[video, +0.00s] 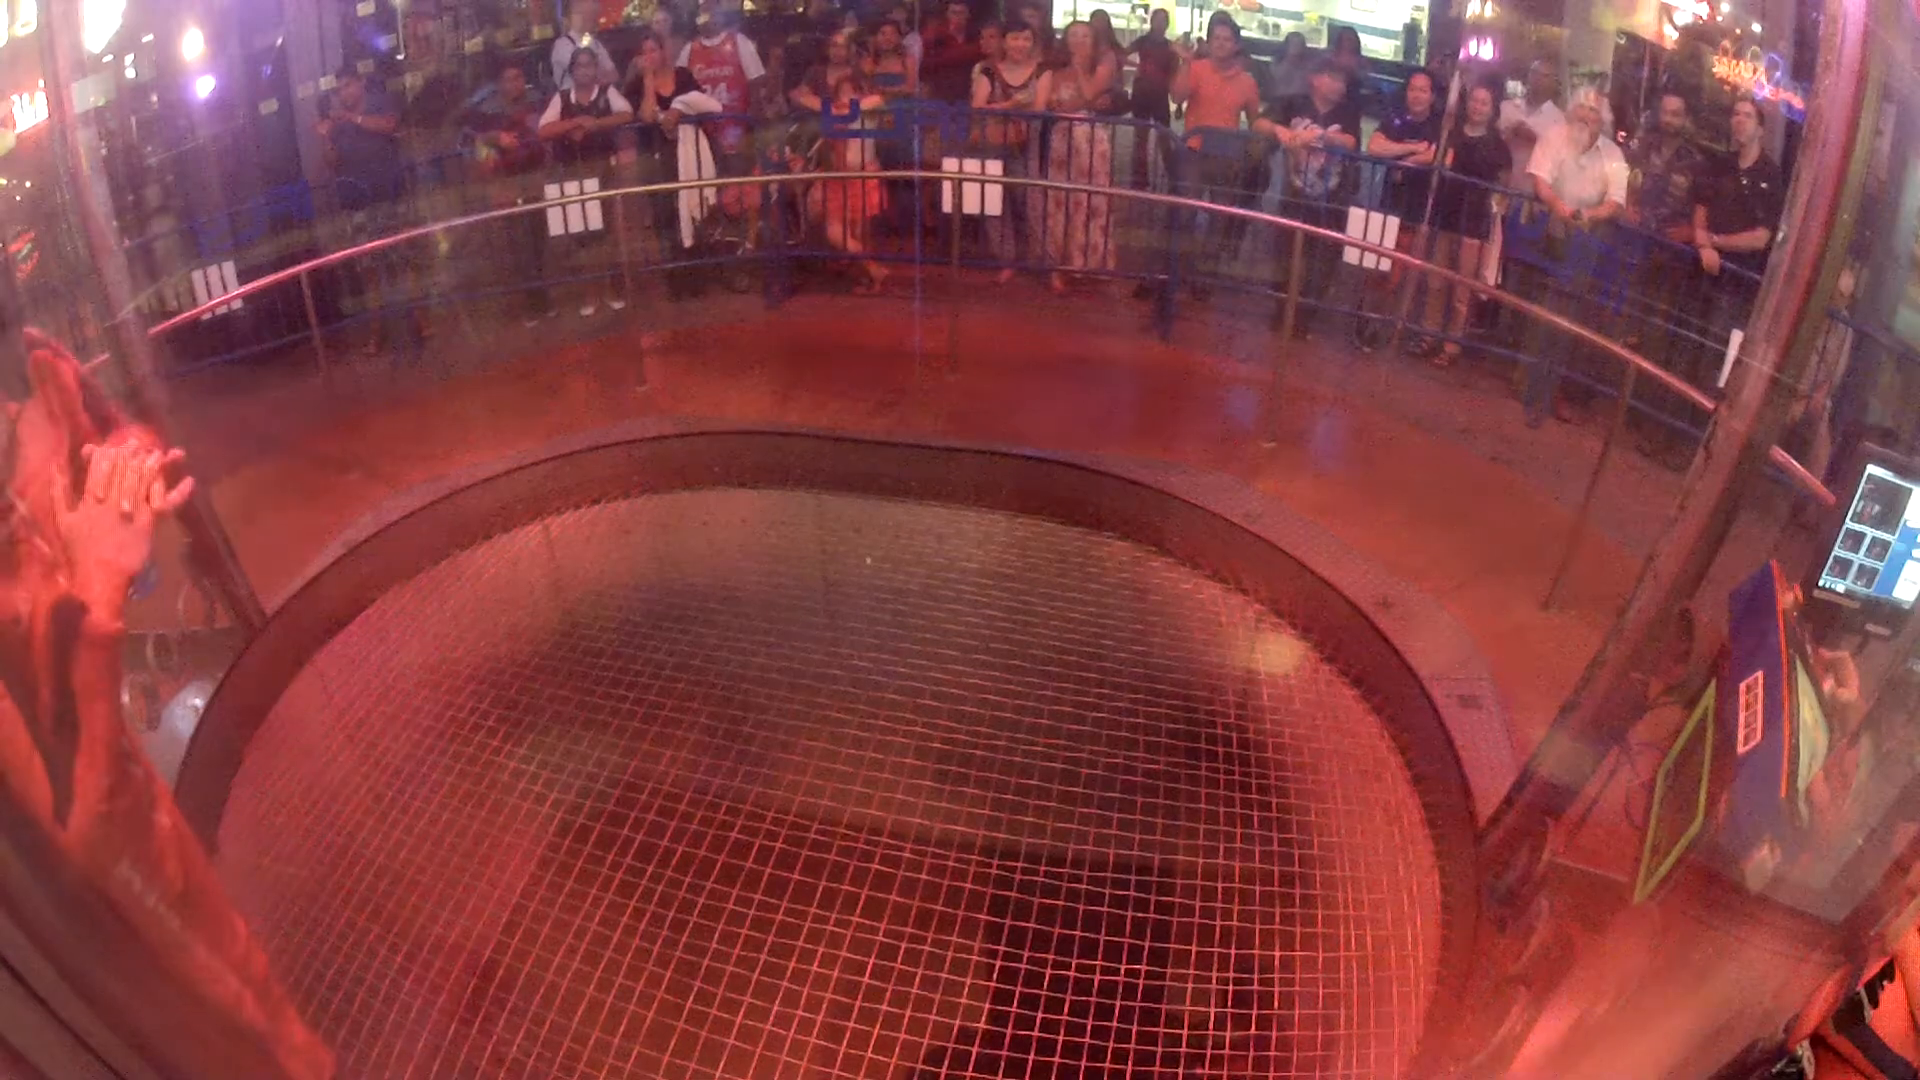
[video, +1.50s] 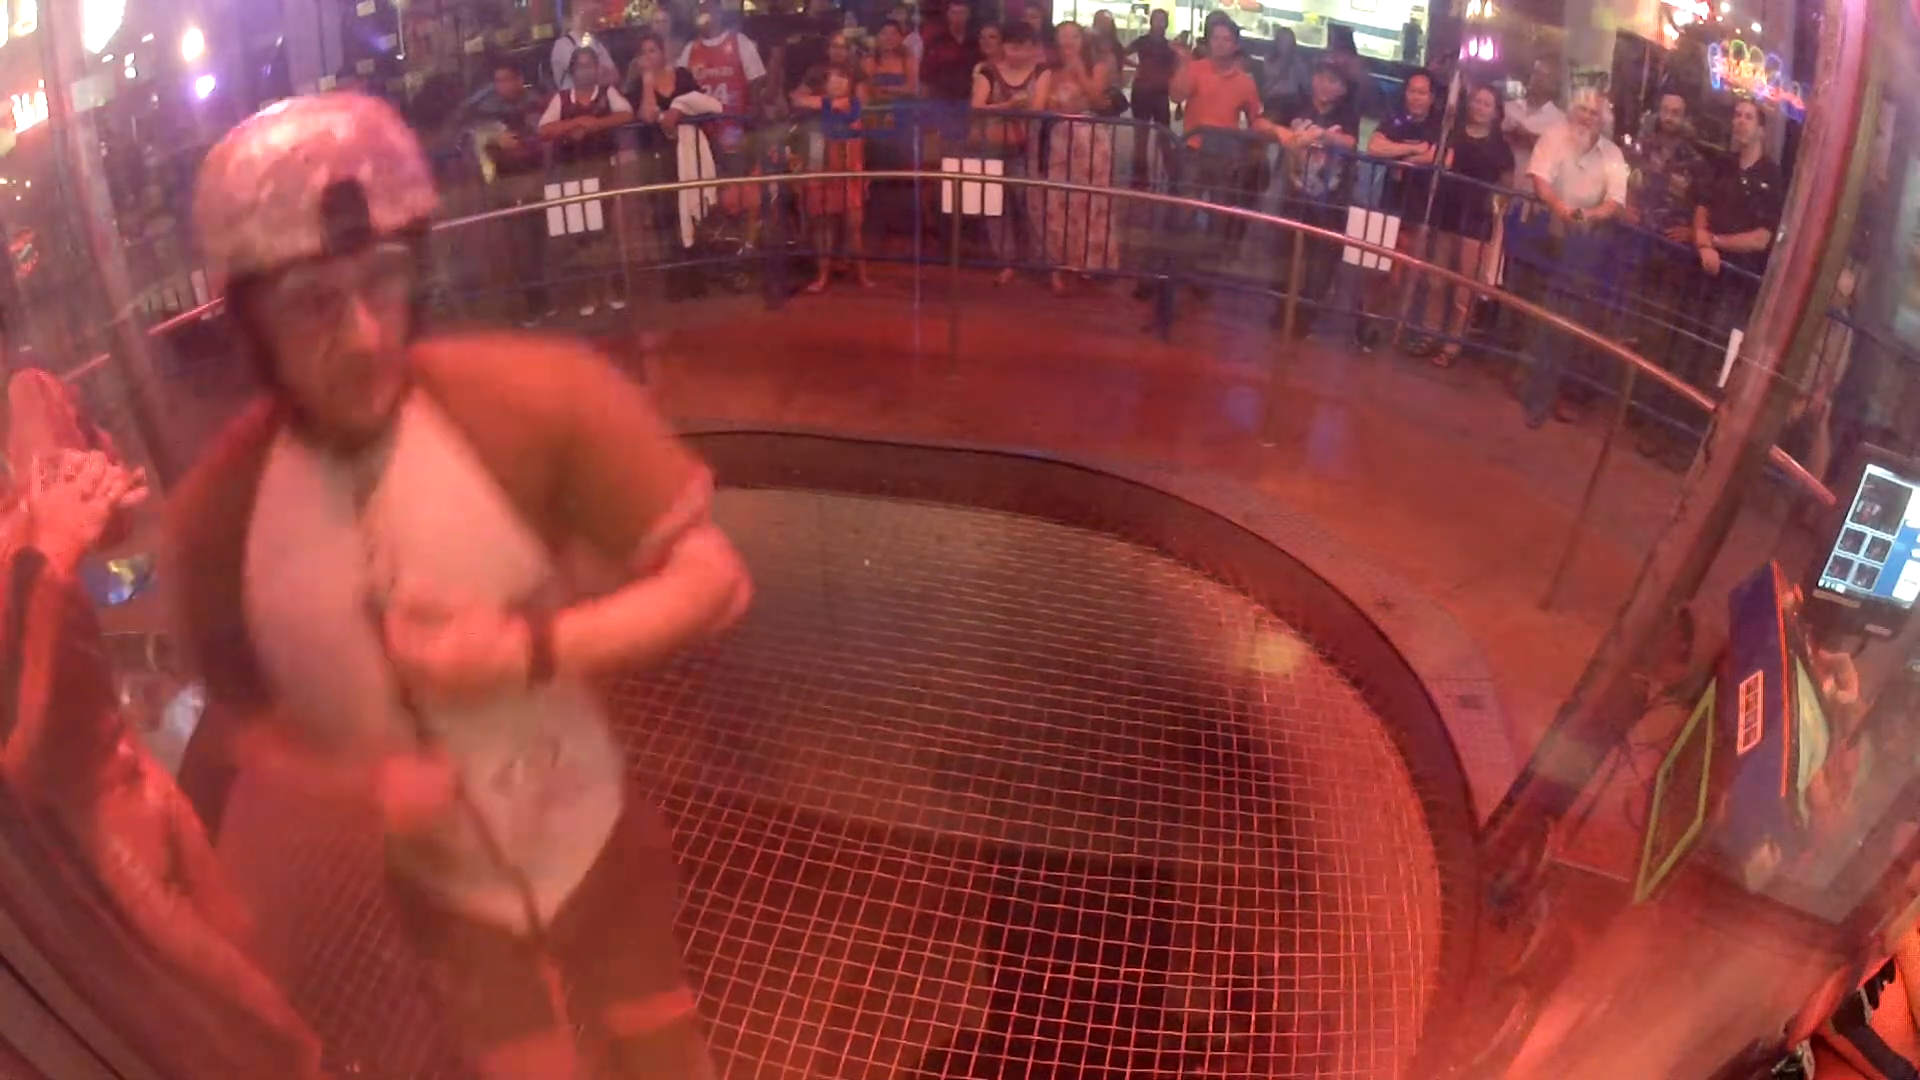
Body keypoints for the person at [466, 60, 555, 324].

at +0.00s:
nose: (516, 83)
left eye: (519, 78)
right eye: (510, 79)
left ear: (524, 79)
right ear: (500, 84)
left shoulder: (535, 104)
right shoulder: (490, 109)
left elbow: (550, 132)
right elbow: (468, 130)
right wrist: (496, 137)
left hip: (536, 174)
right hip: (506, 178)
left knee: (538, 240)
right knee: (518, 243)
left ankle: (543, 300)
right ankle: (528, 304)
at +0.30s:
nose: (516, 84)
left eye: (519, 78)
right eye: (510, 79)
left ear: (524, 79)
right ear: (499, 84)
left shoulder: (534, 104)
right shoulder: (490, 108)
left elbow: (548, 133)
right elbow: (466, 124)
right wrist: (497, 138)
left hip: (534, 176)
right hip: (505, 180)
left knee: (537, 241)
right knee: (518, 243)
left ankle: (541, 300)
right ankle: (528, 305)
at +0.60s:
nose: (515, 84)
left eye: (518, 78)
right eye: (509, 80)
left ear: (523, 78)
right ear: (498, 83)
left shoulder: (533, 101)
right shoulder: (485, 107)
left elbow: (549, 130)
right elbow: (465, 135)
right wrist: (494, 140)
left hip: (534, 175)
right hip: (503, 180)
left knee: (538, 240)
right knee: (516, 244)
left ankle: (542, 299)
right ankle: (522, 306)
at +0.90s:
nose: (510, 87)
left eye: (512, 80)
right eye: (504, 82)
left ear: (522, 79)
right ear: (496, 85)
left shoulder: (536, 104)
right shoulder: (487, 112)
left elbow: (550, 136)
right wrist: (498, 148)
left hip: (535, 177)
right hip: (506, 182)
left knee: (538, 241)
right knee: (518, 245)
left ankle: (543, 300)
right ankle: (526, 305)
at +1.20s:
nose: (503, 87)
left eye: (508, 80)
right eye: (499, 81)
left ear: (521, 80)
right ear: (494, 84)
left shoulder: (536, 103)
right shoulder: (484, 111)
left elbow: (548, 142)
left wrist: (523, 149)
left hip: (533, 181)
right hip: (501, 187)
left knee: (536, 245)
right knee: (513, 248)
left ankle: (542, 301)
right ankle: (522, 307)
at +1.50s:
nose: (502, 87)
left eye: (507, 80)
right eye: (498, 81)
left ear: (520, 80)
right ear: (493, 84)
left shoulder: (536, 105)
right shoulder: (489, 110)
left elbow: (549, 139)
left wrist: (520, 145)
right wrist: (496, 139)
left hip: (536, 180)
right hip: (506, 185)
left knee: (536, 245)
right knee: (517, 247)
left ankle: (541, 303)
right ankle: (529, 306)